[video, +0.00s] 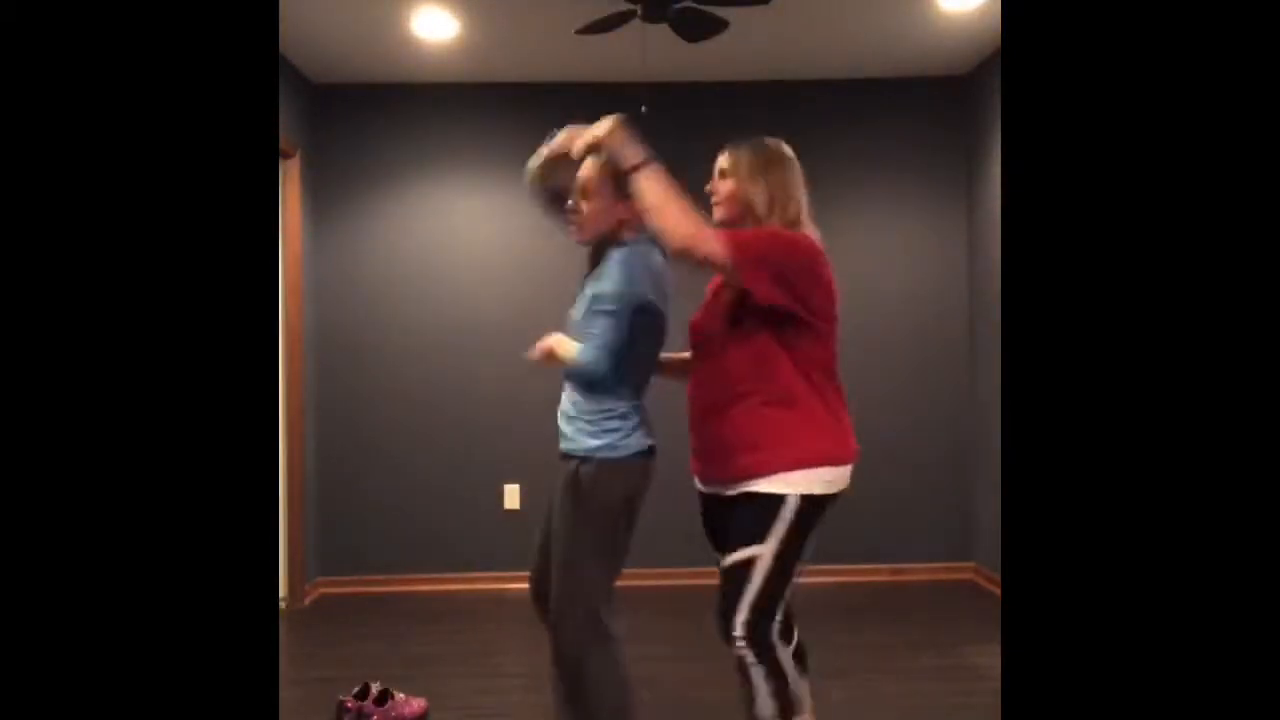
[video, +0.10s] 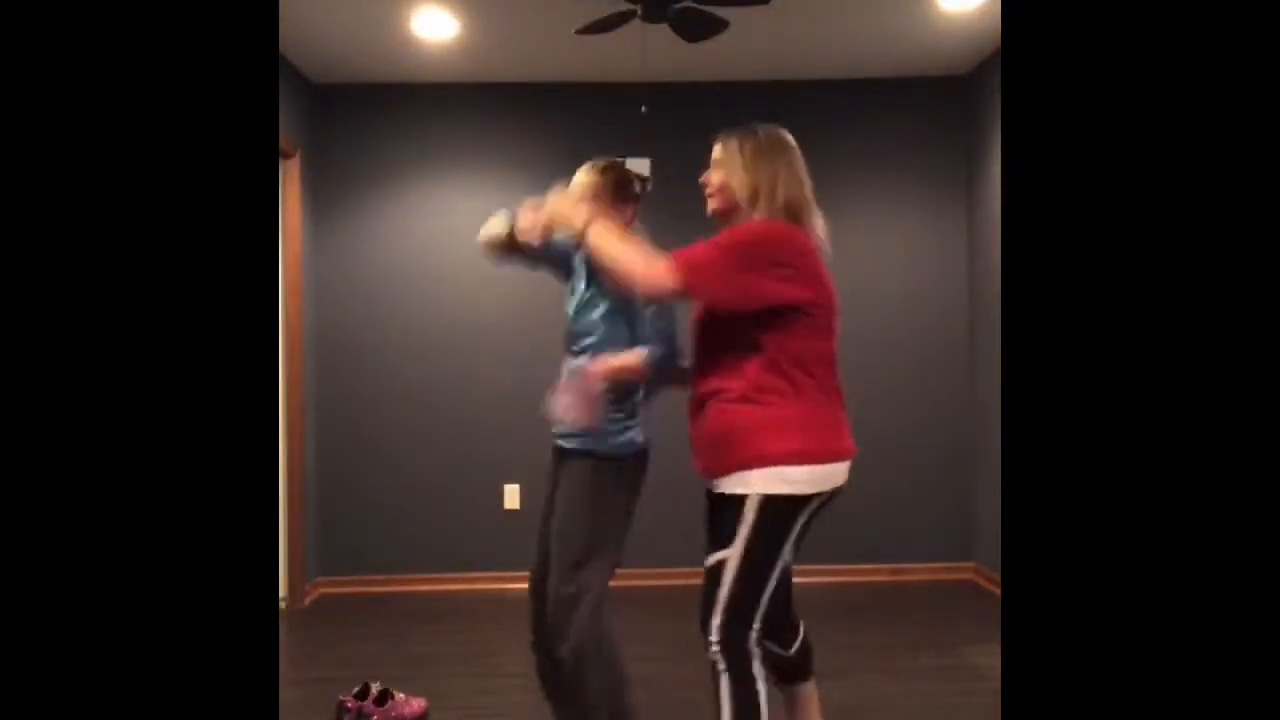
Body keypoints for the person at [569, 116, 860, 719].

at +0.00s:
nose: (712, 188)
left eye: (724, 176)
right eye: (712, 177)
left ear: (763, 186)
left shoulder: (795, 253)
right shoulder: (736, 264)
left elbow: (685, 237)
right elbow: (715, 364)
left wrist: (630, 150)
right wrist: (630, 355)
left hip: (791, 470)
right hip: (731, 474)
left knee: (746, 624)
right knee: (768, 626)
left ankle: (782, 712)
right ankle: (795, 710)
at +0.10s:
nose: (705, 179)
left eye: (717, 166)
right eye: (709, 167)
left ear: (753, 173)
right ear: (761, 176)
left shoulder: (774, 241)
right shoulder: (750, 247)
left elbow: (655, 277)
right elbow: (724, 366)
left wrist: (586, 220)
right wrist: (642, 367)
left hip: (784, 463)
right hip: (749, 463)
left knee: (728, 629)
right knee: (771, 618)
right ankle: (804, 709)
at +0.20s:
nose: (702, 174)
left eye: (712, 162)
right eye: (706, 162)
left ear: (744, 170)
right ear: (772, 172)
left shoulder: (739, 242)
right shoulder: (792, 240)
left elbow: (649, 328)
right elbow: (743, 335)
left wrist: (580, 289)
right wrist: (677, 370)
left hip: (753, 469)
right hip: (808, 462)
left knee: (715, 636)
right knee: (764, 613)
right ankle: (817, 710)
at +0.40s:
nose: (707, 178)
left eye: (713, 166)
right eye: (712, 166)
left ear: (728, 170)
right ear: (801, 170)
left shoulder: (707, 246)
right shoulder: (831, 255)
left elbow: (641, 355)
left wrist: (633, 313)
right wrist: (678, 313)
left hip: (723, 486)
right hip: (825, 485)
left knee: (703, 662)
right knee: (795, 660)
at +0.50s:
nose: (707, 177)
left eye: (712, 166)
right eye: (710, 167)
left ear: (726, 171)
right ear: (804, 172)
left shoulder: (700, 245)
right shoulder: (835, 257)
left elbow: (639, 354)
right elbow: (864, 367)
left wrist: (645, 316)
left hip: (715, 491)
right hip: (828, 490)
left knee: (665, 662)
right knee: (815, 677)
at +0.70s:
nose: (667, 179)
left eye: (673, 168)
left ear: (689, 171)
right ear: (767, 174)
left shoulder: (659, 245)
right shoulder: (792, 256)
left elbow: (609, 359)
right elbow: (833, 361)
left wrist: (587, 379)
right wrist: (756, 363)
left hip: (679, 492)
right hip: (791, 487)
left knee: (642, 669)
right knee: (789, 670)